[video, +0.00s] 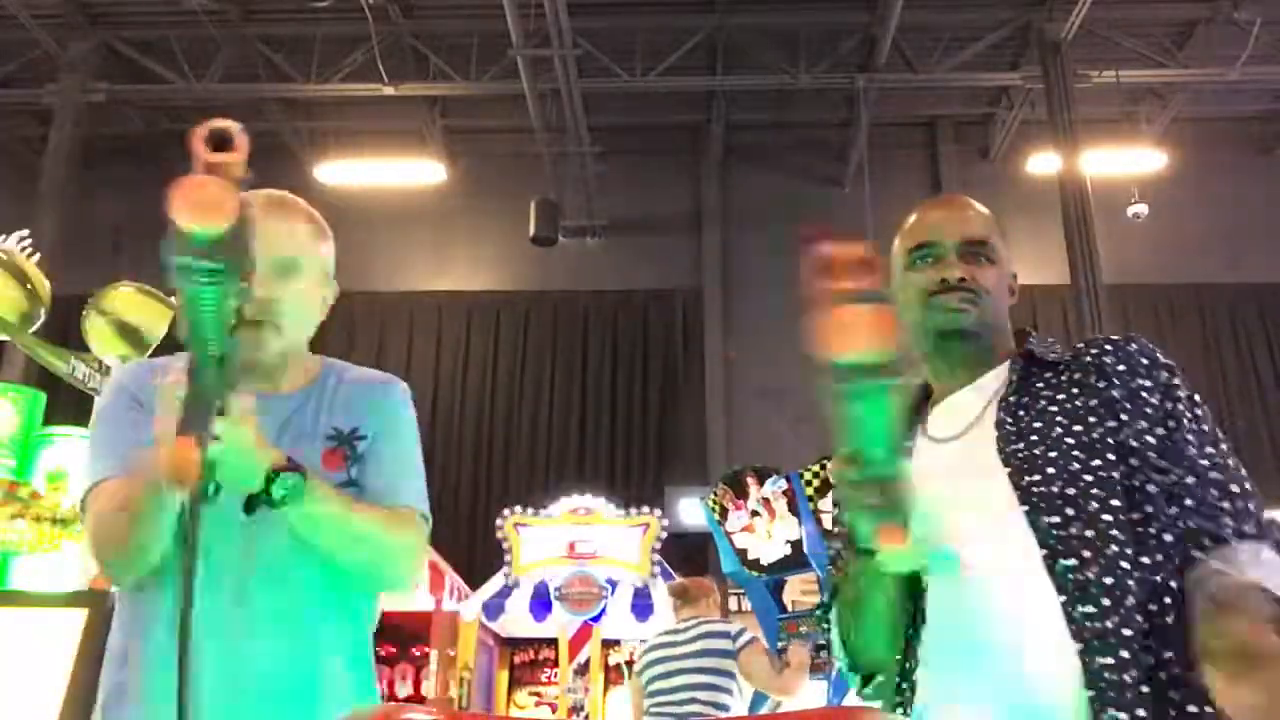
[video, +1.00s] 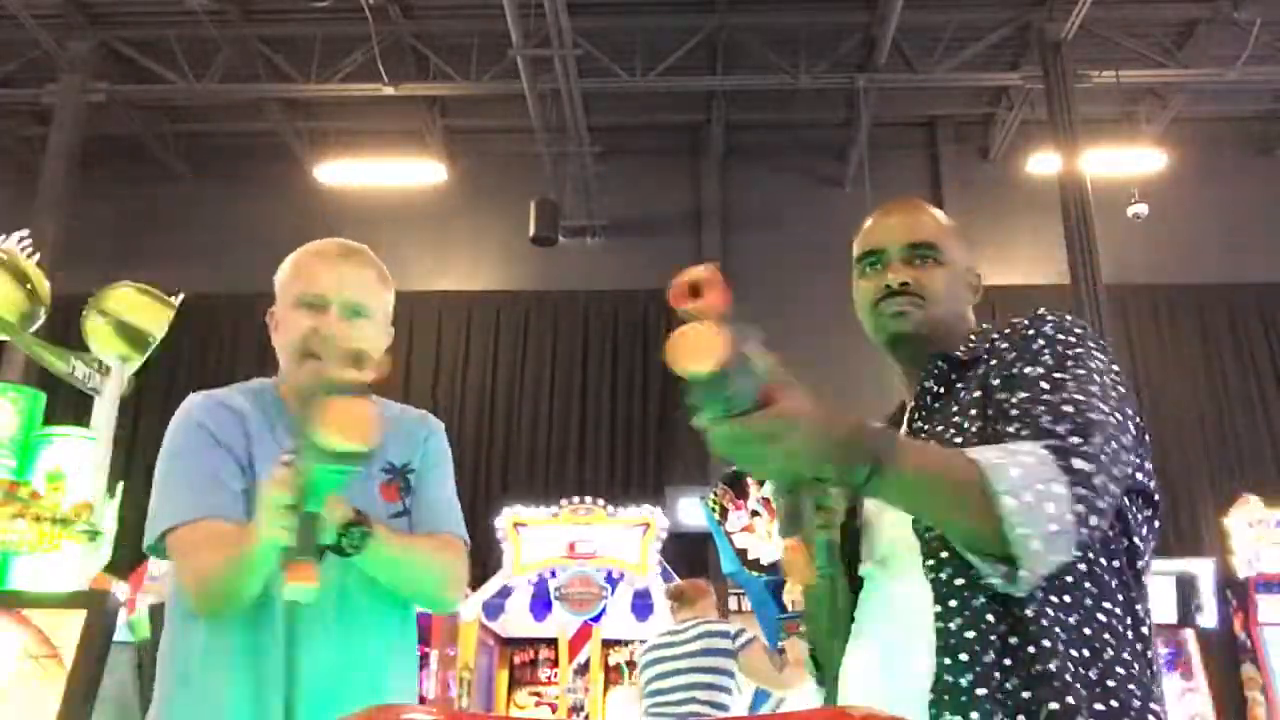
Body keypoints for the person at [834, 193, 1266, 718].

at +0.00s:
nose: (953, 271)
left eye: (977, 255)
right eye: (925, 259)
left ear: (1011, 285)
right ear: (893, 297)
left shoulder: (1116, 376)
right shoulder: (885, 445)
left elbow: (1229, 541)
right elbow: (871, 661)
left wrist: (1238, 622)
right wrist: (872, 536)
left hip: (1124, 704)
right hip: (945, 708)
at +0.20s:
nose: (960, 266)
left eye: (985, 249)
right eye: (931, 251)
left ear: (1024, 279)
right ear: (904, 293)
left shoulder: (1121, 381)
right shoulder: (889, 465)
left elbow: (1245, 531)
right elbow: (869, 664)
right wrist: (916, 536)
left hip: (1135, 702)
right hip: (957, 706)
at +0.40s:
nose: (955, 261)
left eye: (982, 245)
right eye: (928, 246)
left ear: (1018, 278)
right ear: (894, 287)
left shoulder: (1105, 348)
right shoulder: (888, 416)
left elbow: (1126, 509)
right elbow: (875, 663)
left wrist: (950, 431)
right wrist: (869, 528)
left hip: (1100, 701)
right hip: (937, 706)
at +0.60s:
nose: (926, 265)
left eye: (951, 250)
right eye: (899, 251)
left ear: (986, 283)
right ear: (872, 290)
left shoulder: (1095, 396)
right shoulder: (847, 470)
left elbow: (1216, 571)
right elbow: (823, 653)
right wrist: (896, 535)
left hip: (1109, 703)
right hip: (927, 707)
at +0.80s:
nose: (912, 270)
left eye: (937, 254)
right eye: (884, 253)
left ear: (972, 286)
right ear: (853, 293)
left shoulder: (1092, 414)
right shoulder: (829, 476)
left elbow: (1186, 572)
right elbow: (803, 664)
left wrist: (1074, 475)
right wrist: (859, 554)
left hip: (1081, 701)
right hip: (901, 704)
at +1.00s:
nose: (894, 276)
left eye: (922, 257)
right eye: (871, 264)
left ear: (974, 281)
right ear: (854, 299)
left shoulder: (1047, 346)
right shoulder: (884, 445)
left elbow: (1046, 518)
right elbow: (845, 666)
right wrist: (825, 535)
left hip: (1050, 699)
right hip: (900, 702)